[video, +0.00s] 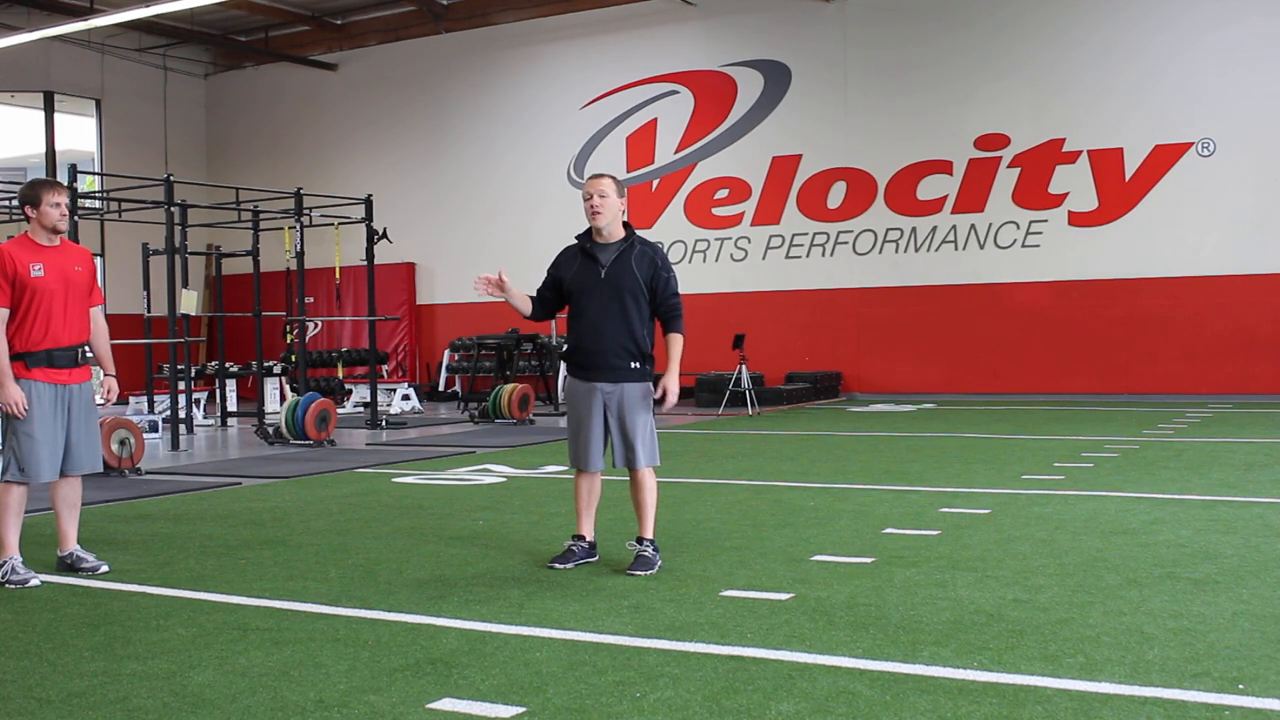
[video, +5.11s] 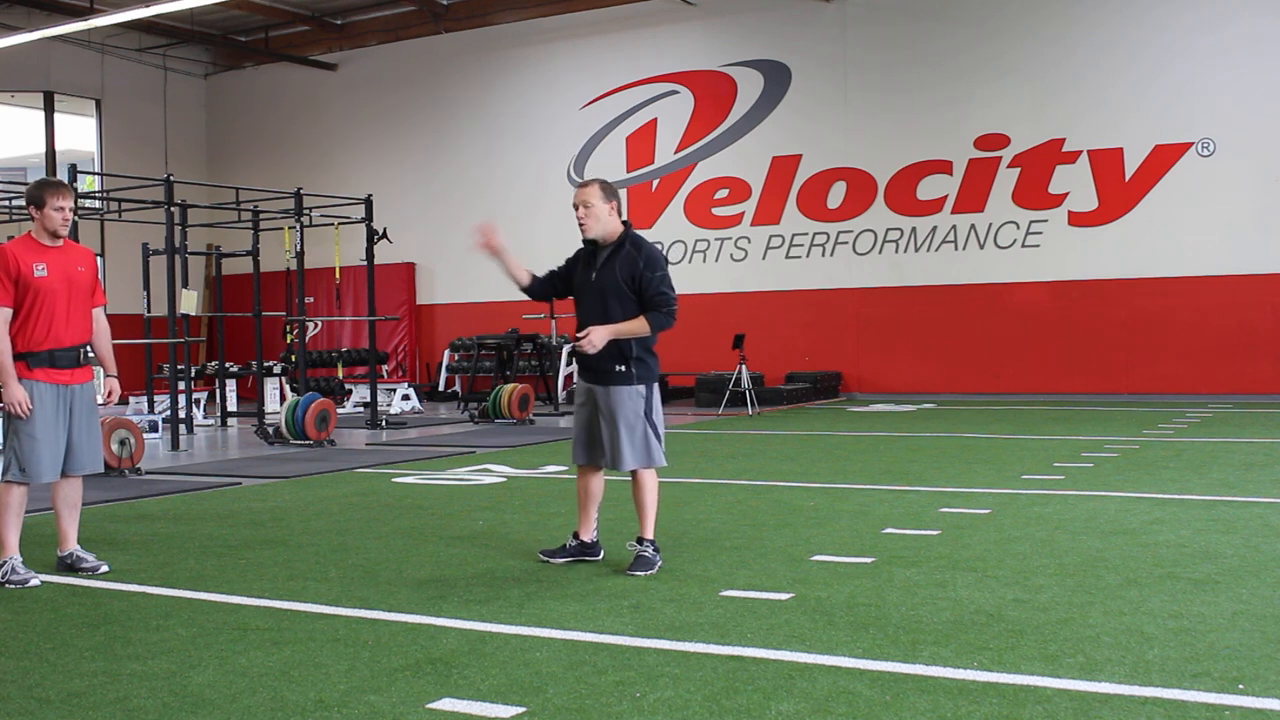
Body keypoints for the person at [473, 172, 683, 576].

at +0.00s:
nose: (593, 203)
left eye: (601, 196)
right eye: (588, 198)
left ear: (622, 203)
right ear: (584, 207)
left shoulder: (650, 256)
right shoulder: (571, 257)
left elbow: (672, 317)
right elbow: (540, 309)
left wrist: (672, 372)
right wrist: (508, 292)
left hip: (632, 380)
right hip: (582, 379)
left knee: (640, 464)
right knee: (585, 464)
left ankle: (647, 544)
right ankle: (584, 542)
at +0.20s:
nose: (594, 204)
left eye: (602, 197)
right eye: (588, 199)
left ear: (622, 204)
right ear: (583, 208)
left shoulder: (649, 255)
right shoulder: (570, 257)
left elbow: (673, 312)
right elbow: (539, 309)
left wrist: (654, 335)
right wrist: (528, 296)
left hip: (632, 379)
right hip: (582, 377)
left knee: (639, 463)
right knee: (585, 462)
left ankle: (646, 544)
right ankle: (583, 542)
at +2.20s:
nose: (590, 208)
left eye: (598, 201)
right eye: (587, 202)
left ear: (622, 207)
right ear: (586, 208)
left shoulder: (653, 256)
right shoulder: (572, 259)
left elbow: (678, 315)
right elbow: (548, 322)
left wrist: (651, 311)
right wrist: (557, 309)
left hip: (635, 381)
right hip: (584, 379)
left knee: (641, 463)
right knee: (586, 464)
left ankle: (646, 544)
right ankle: (584, 542)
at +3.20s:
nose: (586, 209)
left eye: (594, 202)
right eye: (582, 204)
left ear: (618, 206)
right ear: (579, 211)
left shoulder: (648, 253)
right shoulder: (571, 258)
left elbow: (659, 311)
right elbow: (551, 323)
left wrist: (605, 288)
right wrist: (553, 308)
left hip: (634, 379)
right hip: (585, 377)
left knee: (641, 462)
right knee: (586, 461)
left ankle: (646, 544)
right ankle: (584, 541)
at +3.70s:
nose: (587, 204)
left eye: (596, 197)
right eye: (585, 197)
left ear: (621, 204)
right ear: (582, 204)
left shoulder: (651, 251)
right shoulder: (571, 257)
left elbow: (679, 310)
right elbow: (550, 310)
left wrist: (659, 280)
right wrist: (554, 317)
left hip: (636, 377)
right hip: (585, 377)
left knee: (641, 462)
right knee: (587, 463)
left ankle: (646, 544)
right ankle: (584, 541)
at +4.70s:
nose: (586, 216)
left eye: (593, 209)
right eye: (587, 209)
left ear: (618, 212)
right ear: (612, 213)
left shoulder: (662, 256)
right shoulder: (599, 256)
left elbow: (685, 317)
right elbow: (575, 307)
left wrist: (634, 334)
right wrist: (554, 282)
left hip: (646, 380)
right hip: (602, 377)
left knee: (649, 462)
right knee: (595, 459)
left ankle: (648, 545)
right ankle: (589, 540)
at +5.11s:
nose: (579, 215)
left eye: (586, 207)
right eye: (576, 209)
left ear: (613, 208)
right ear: (578, 214)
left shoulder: (643, 255)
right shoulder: (584, 259)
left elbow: (664, 316)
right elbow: (539, 289)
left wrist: (609, 331)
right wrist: (501, 253)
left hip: (631, 380)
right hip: (590, 378)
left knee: (641, 462)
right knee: (589, 460)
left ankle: (647, 545)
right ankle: (586, 540)